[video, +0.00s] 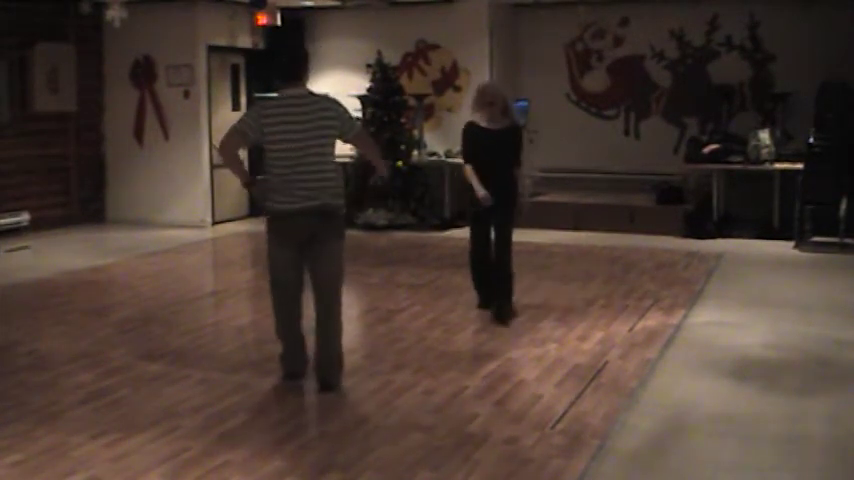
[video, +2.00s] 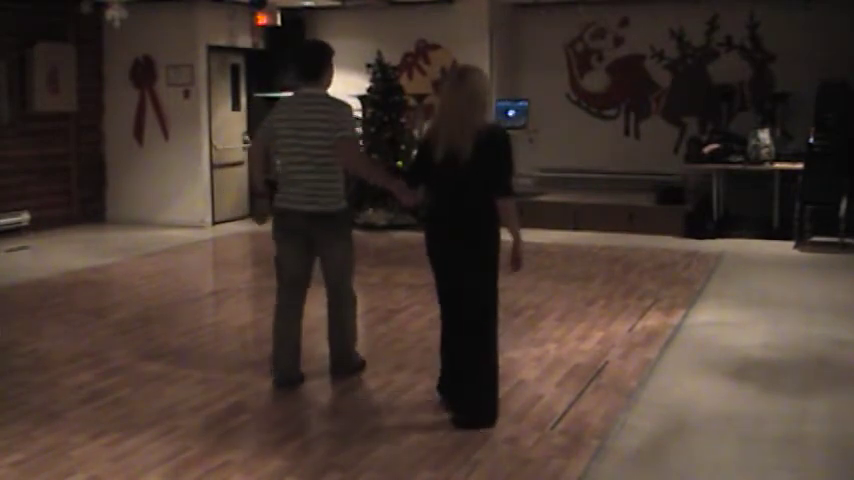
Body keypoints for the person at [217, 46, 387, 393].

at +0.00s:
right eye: (302, 64)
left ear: (274, 72)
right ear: (305, 69)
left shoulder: (263, 110)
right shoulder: (327, 106)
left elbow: (226, 147)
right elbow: (363, 142)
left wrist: (246, 179)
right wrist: (380, 164)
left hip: (283, 215)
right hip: (326, 212)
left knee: (285, 293)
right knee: (328, 296)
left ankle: (294, 368)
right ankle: (329, 375)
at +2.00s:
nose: (333, 72)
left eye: (331, 65)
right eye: (331, 66)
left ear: (296, 70)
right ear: (327, 70)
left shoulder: (281, 110)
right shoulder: (337, 110)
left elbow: (257, 151)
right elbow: (351, 159)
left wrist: (259, 193)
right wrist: (397, 187)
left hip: (289, 213)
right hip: (330, 214)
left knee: (290, 291)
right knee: (340, 289)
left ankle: (285, 371)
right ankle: (343, 360)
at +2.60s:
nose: (314, 72)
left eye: (312, 65)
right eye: (313, 66)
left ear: (277, 69)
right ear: (307, 67)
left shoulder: (260, 108)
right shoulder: (317, 105)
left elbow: (240, 165)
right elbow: (340, 159)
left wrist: (254, 201)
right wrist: (386, 185)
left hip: (263, 216)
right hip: (303, 214)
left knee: (275, 294)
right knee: (303, 296)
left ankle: (280, 376)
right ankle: (297, 381)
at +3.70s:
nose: (304, 73)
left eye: (301, 66)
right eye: (302, 67)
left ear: (266, 71)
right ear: (297, 70)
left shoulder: (252, 112)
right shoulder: (313, 112)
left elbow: (236, 166)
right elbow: (332, 172)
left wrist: (261, 192)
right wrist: (373, 193)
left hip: (265, 225)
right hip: (310, 224)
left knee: (266, 305)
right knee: (327, 298)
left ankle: (269, 388)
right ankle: (336, 374)